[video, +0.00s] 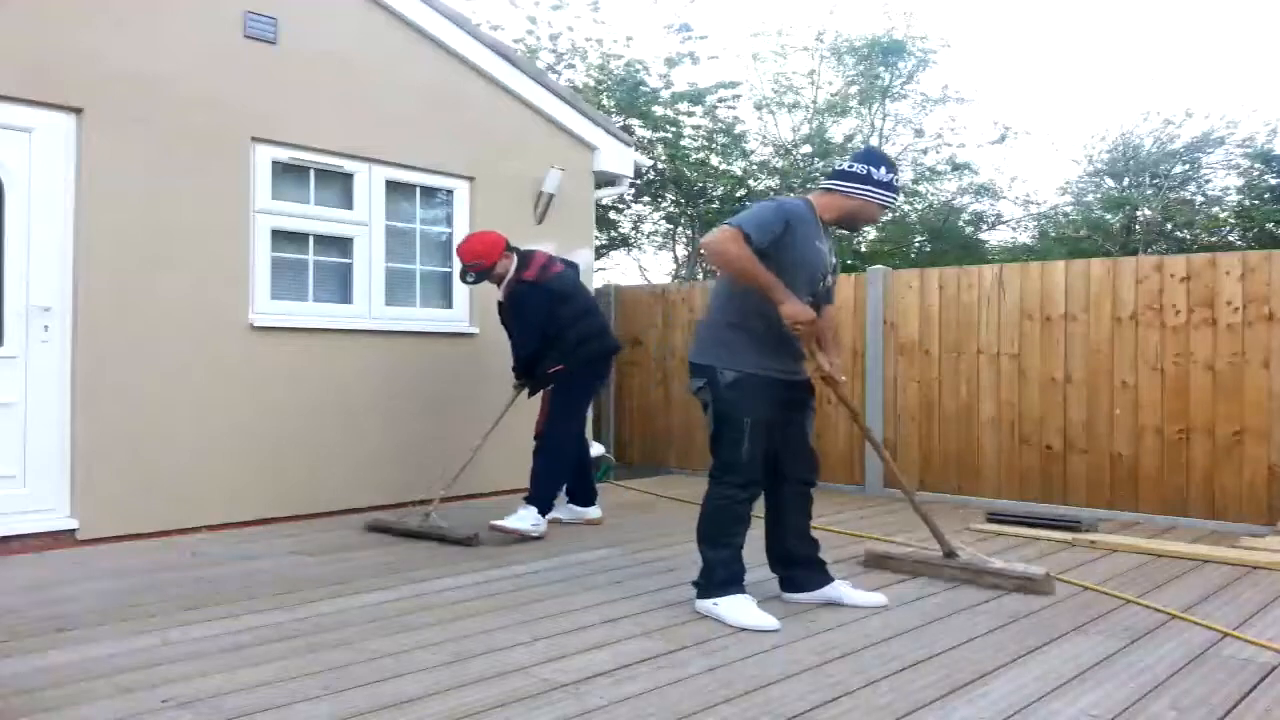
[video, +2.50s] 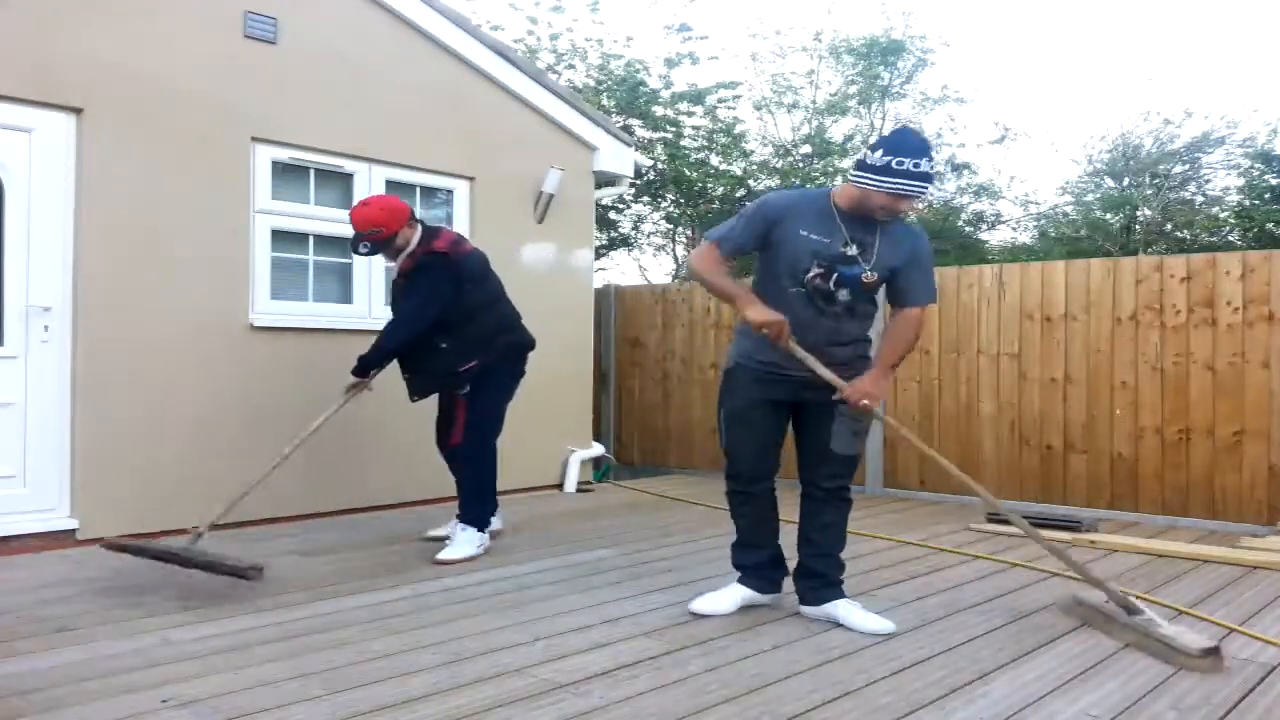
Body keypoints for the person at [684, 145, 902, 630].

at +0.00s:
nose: (877, 219)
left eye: (882, 211)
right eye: (880, 209)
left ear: (852, 192)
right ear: (860, 194)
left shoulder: (825, 250)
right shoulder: (786, 211)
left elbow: (819, 311)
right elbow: (719, 243)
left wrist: (828, 355)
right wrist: (783, 298)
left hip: (786, 374)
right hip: (735, 367)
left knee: (794, 478)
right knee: (736, 478)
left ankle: (803, 580)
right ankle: (718, 589)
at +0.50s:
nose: (898, 222)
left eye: (902, 214)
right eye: (899, 211)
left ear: (869, 196)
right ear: (879, 198)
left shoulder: (842, 256)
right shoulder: (814, 217)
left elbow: (847, 321)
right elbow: (786, 294)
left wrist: (864, 379)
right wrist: (825, 342)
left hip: (791, 370)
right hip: (752, 363)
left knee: (796, 477)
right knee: (757, 474)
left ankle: (803, 579)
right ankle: (721, 587)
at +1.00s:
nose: (859, 210)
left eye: (863, 202)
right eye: (859, 199)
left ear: (831, 185)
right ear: (834, 185)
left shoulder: (812, 242)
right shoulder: (755, 208)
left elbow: (820, 302)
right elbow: (679, 238)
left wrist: (824, 343)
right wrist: (758, 272)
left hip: (782, 373)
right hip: (725, 368)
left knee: (789, 479)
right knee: (721, 481)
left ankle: (802, 580)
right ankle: (704, 593)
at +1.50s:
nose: (882, 216)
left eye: (886, 208)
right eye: (882, 205)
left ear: (853, 188)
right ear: (857, 188)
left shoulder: (833, 244)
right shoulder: (770, 213)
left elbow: (839, 315)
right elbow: (721, 276)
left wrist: (852, 377)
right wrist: (797, 320)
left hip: (780, 373)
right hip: (717, 365)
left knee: (802, 481)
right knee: (710, 481)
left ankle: (818, 593)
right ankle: (702, 592)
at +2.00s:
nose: (917, 204)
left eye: (923, 195)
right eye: (915, 191)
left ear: (900, 184)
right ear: (887, 175)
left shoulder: (892, 241)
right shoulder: (794, 206)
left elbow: (890, 310)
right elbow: (708, 232)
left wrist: (872, 340)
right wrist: (774, 256)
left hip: (833, 381)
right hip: (759, 369)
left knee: (820, 490)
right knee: (737, 482)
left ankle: (820, 594)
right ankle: (714, 592)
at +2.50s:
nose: (908, 207)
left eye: (913, 198)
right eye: (903, 196)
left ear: (900, 189)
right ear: (872, 182)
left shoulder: (905, 242)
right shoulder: (782, 209)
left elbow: (912, 312)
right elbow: (704, 257)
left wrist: (879, 374)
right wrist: (747, 301)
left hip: (839, 382)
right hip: (759, 371)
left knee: (830, 487)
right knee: (748, 479)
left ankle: (822, 593)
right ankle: (756, 581)